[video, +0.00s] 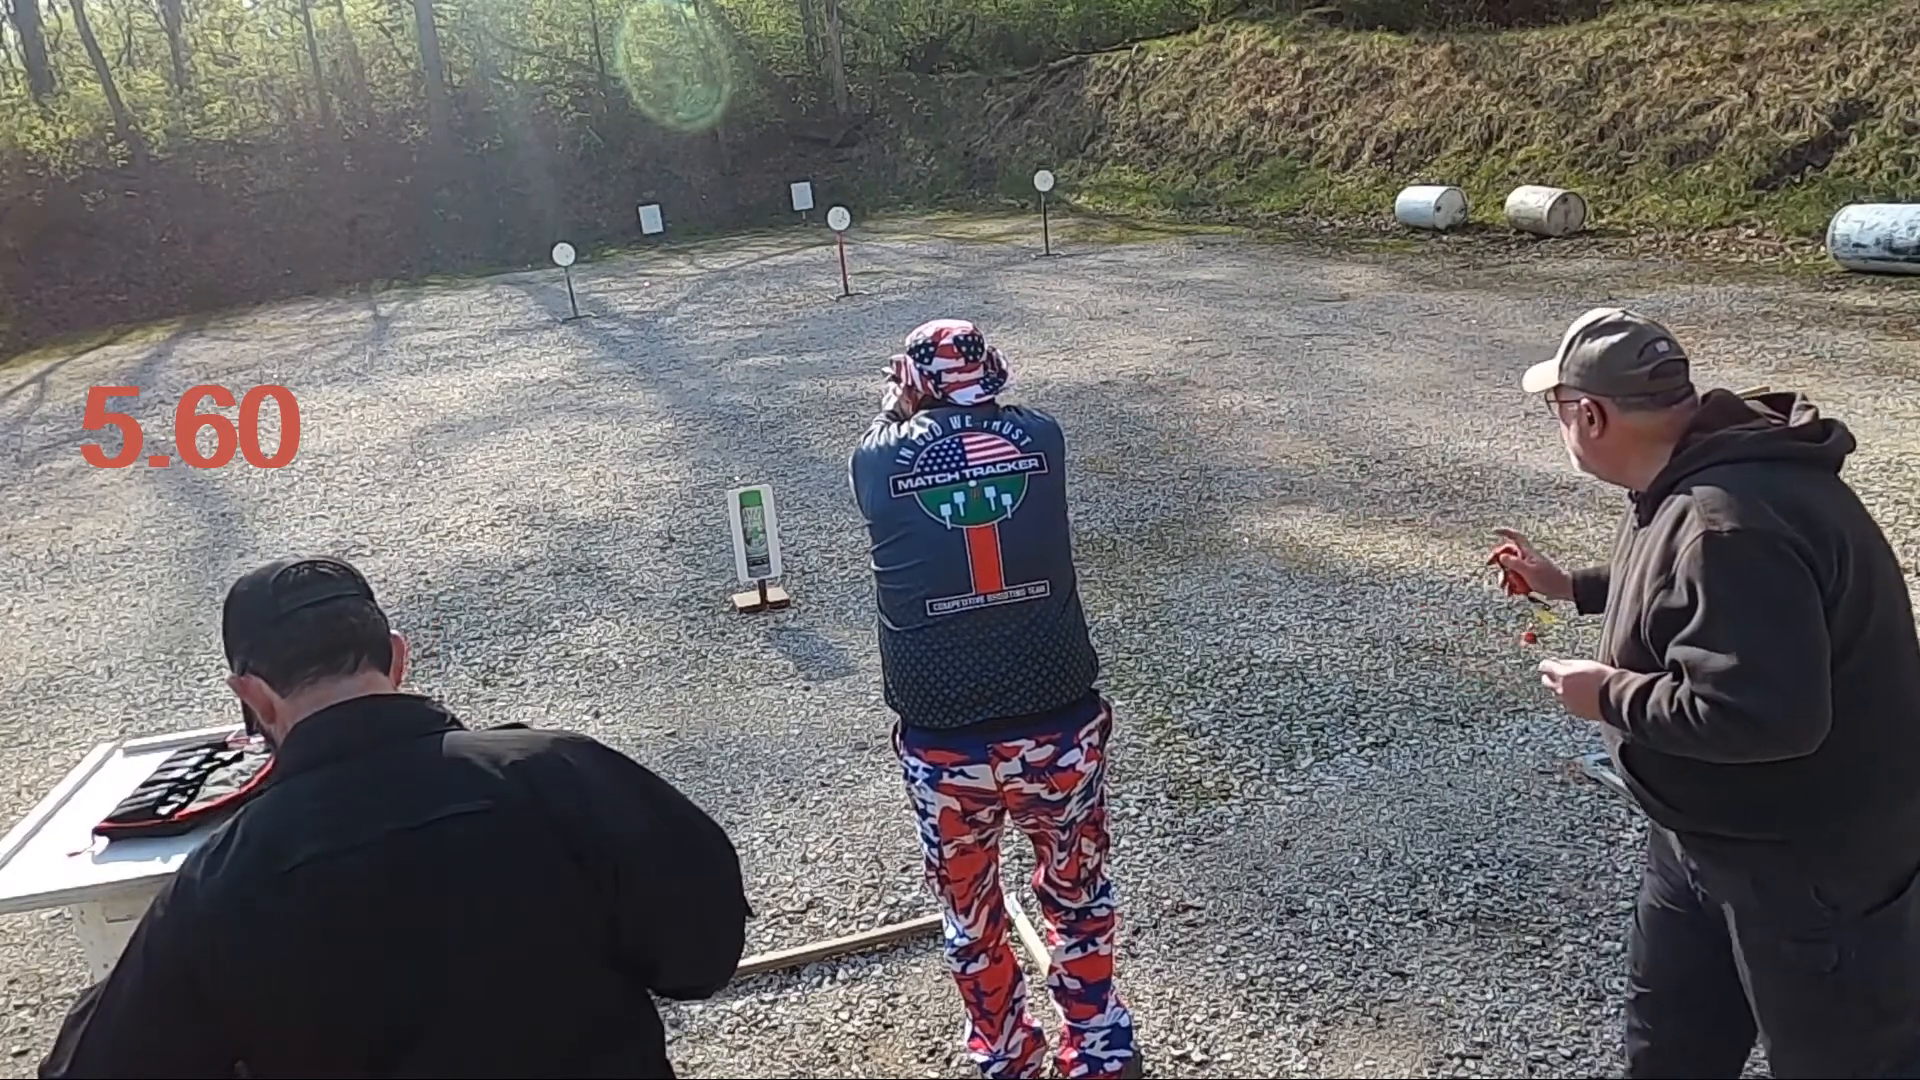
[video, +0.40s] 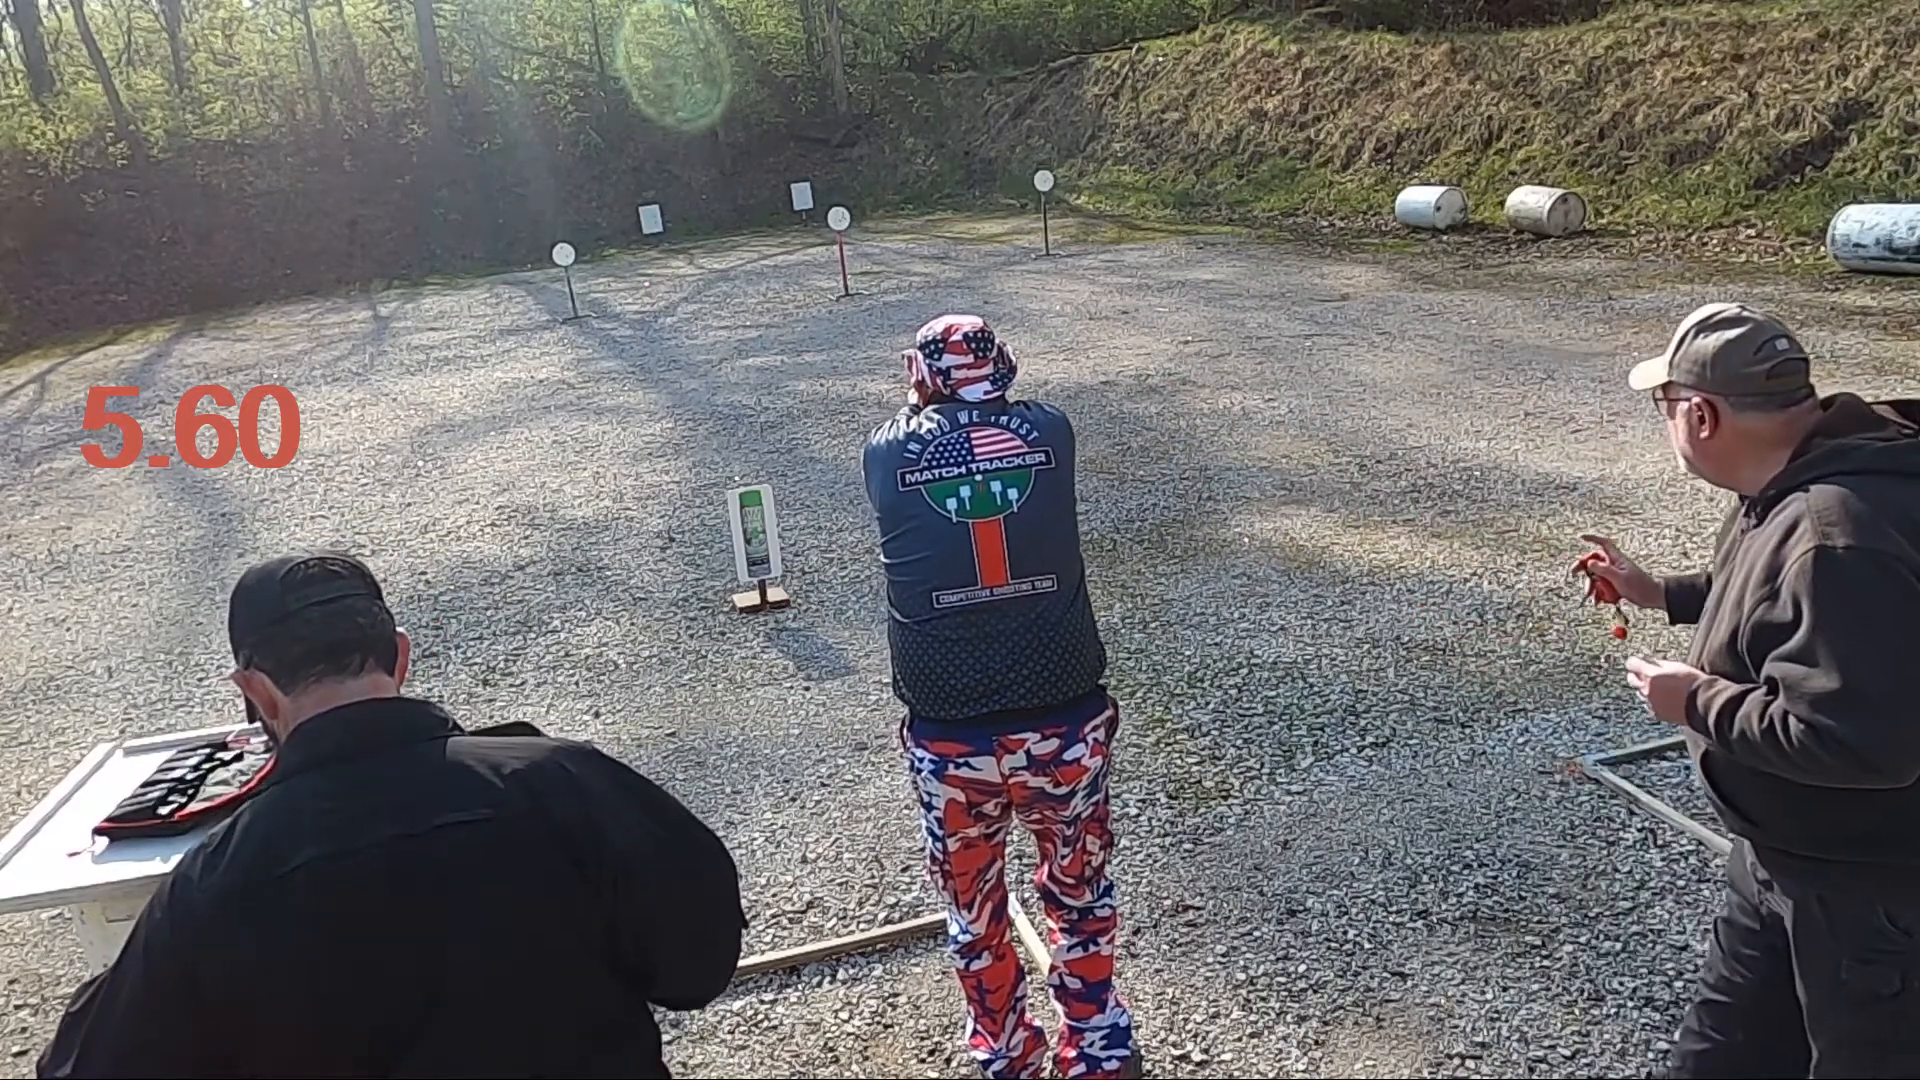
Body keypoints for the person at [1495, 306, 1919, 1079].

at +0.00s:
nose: (1561, 431)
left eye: (1559, 414)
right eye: (1558, 414)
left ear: (1593, 417)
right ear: (1669, 389)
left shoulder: (1730, 526)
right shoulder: (1685, 480)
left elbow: (1773, 716)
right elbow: (1676, 595)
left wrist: (1612, 696)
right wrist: (1567, 586)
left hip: (1812, 870)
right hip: (1701, 841)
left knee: (1841, 1064)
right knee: (1671, 1054)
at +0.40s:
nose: (1668, 428)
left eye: (1668, 410)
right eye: (1666, 410)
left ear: (1705, 417)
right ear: (1789, 395)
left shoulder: (1839, 541)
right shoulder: (1792, 491)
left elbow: (1867, 743)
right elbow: (1765, 599)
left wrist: (1699, 702)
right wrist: (1653, 591)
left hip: (1863, 892)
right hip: (1778, 860)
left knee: (1869, 1064)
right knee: (1723, 1057)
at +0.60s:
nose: (1709, 427)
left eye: (1707, 408)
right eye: (1706, 409)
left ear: (1746, 415)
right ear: (1834, 391)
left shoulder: (1861, 548)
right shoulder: (1856, 483)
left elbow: (1866, 755)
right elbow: (1821, 589)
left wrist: (1730, 699)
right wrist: (1719, 587)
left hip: (1882, 884)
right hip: (1827, 849)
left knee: (1880, 1056)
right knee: (1768, 1028)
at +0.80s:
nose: (1730, 420)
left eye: (1730, 401)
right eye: (1728, 402)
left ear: (1770, 412)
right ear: (1856, 391)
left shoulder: (1870, 545)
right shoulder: (1872, 489)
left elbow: (1871, 756)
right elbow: (1865, 600)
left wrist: (1746, 696)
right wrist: (1770, 582)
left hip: (1890, 881)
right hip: (1861, 856)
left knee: (1888, 1053)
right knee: (1861, 1034)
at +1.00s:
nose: (1757, 430)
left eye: (1754, 409)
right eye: (1752, 409)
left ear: (1787, 411)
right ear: (1877, 389)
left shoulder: (1875, 543)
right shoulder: (1897, 489)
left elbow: (1872, 756)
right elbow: (1892, 609)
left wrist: (1762, 695)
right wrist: (1799, 581)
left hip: (1912, 903)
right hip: (1912, 890)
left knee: (1894, 1057)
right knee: (1890, 1050)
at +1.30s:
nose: (1872, 416)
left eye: (1870, 398)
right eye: (1870, 397)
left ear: (1897, 408)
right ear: (1904, 406)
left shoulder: (1908, 563)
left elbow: (1894, 734)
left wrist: (1840, 675)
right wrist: (1909, 568)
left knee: (1905, 997)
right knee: (1904, 985)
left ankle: (1896, 1057)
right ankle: (1892, 1053)